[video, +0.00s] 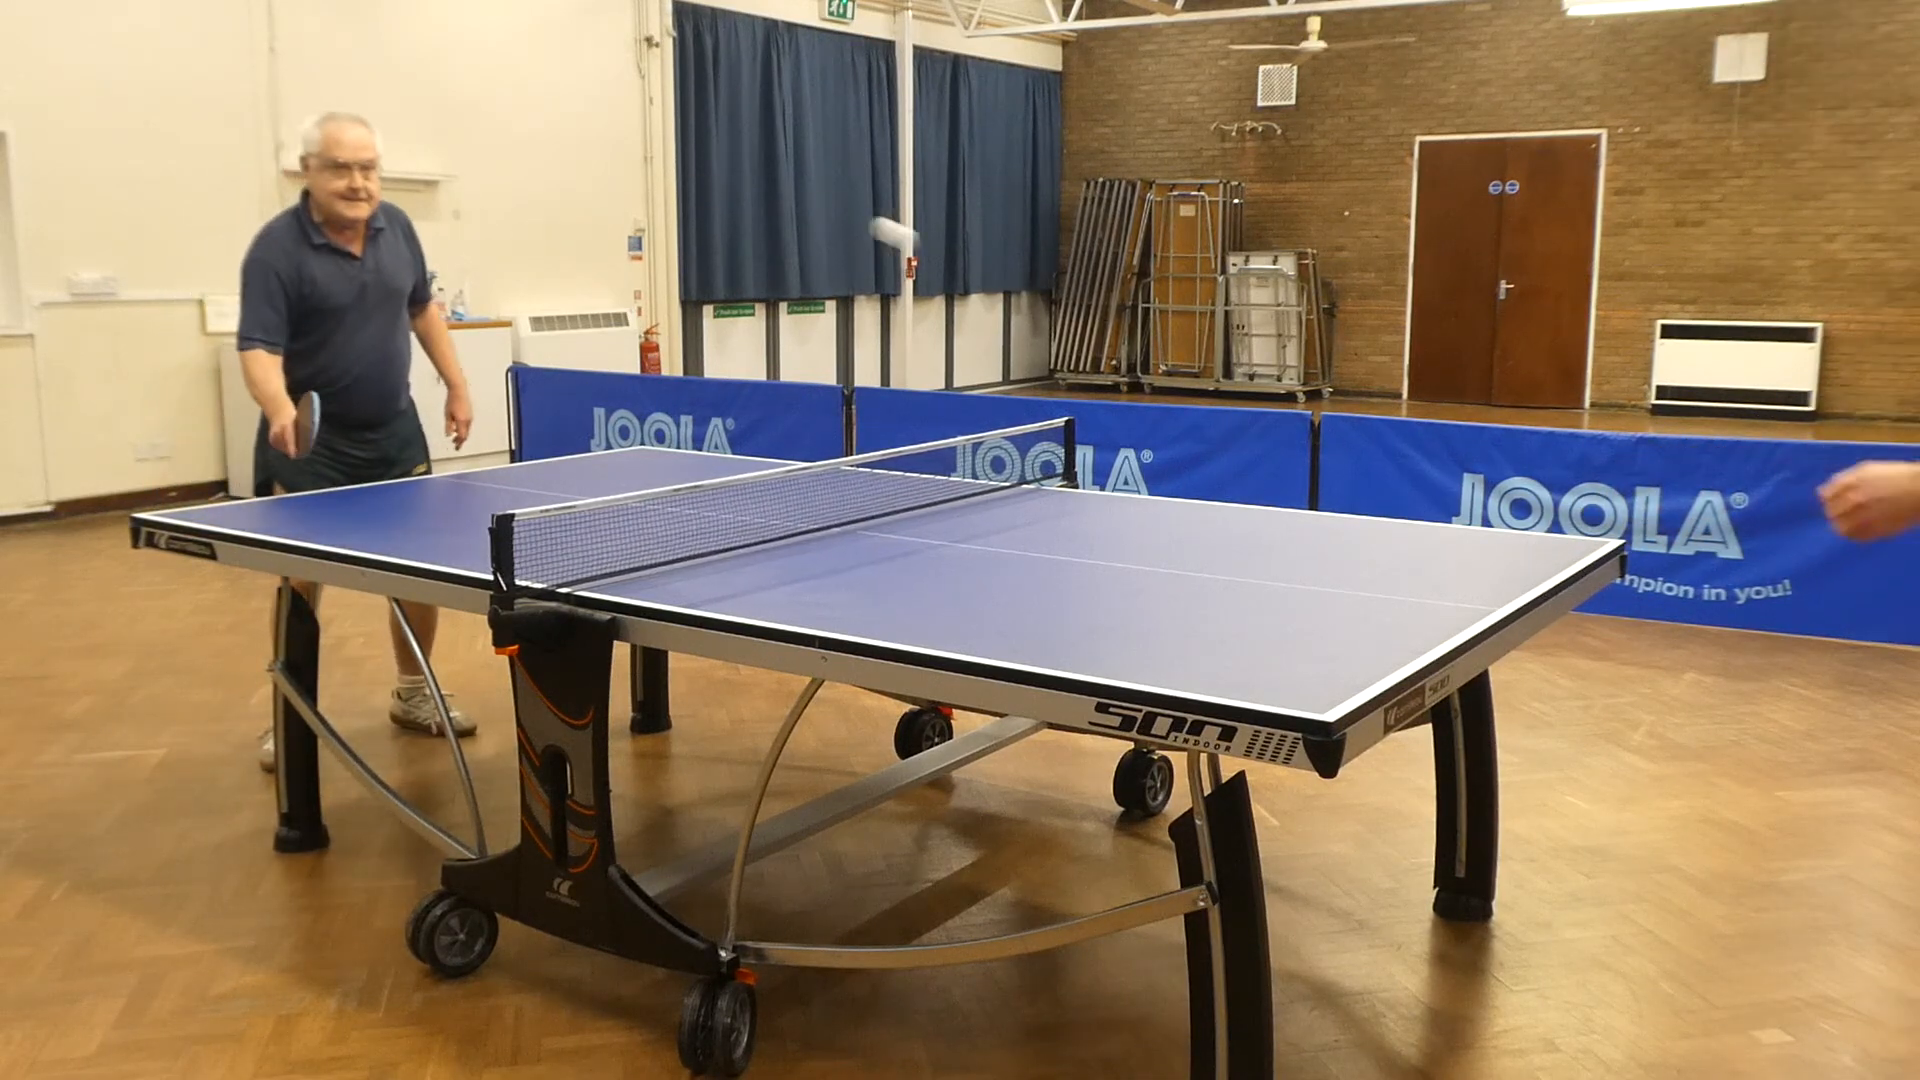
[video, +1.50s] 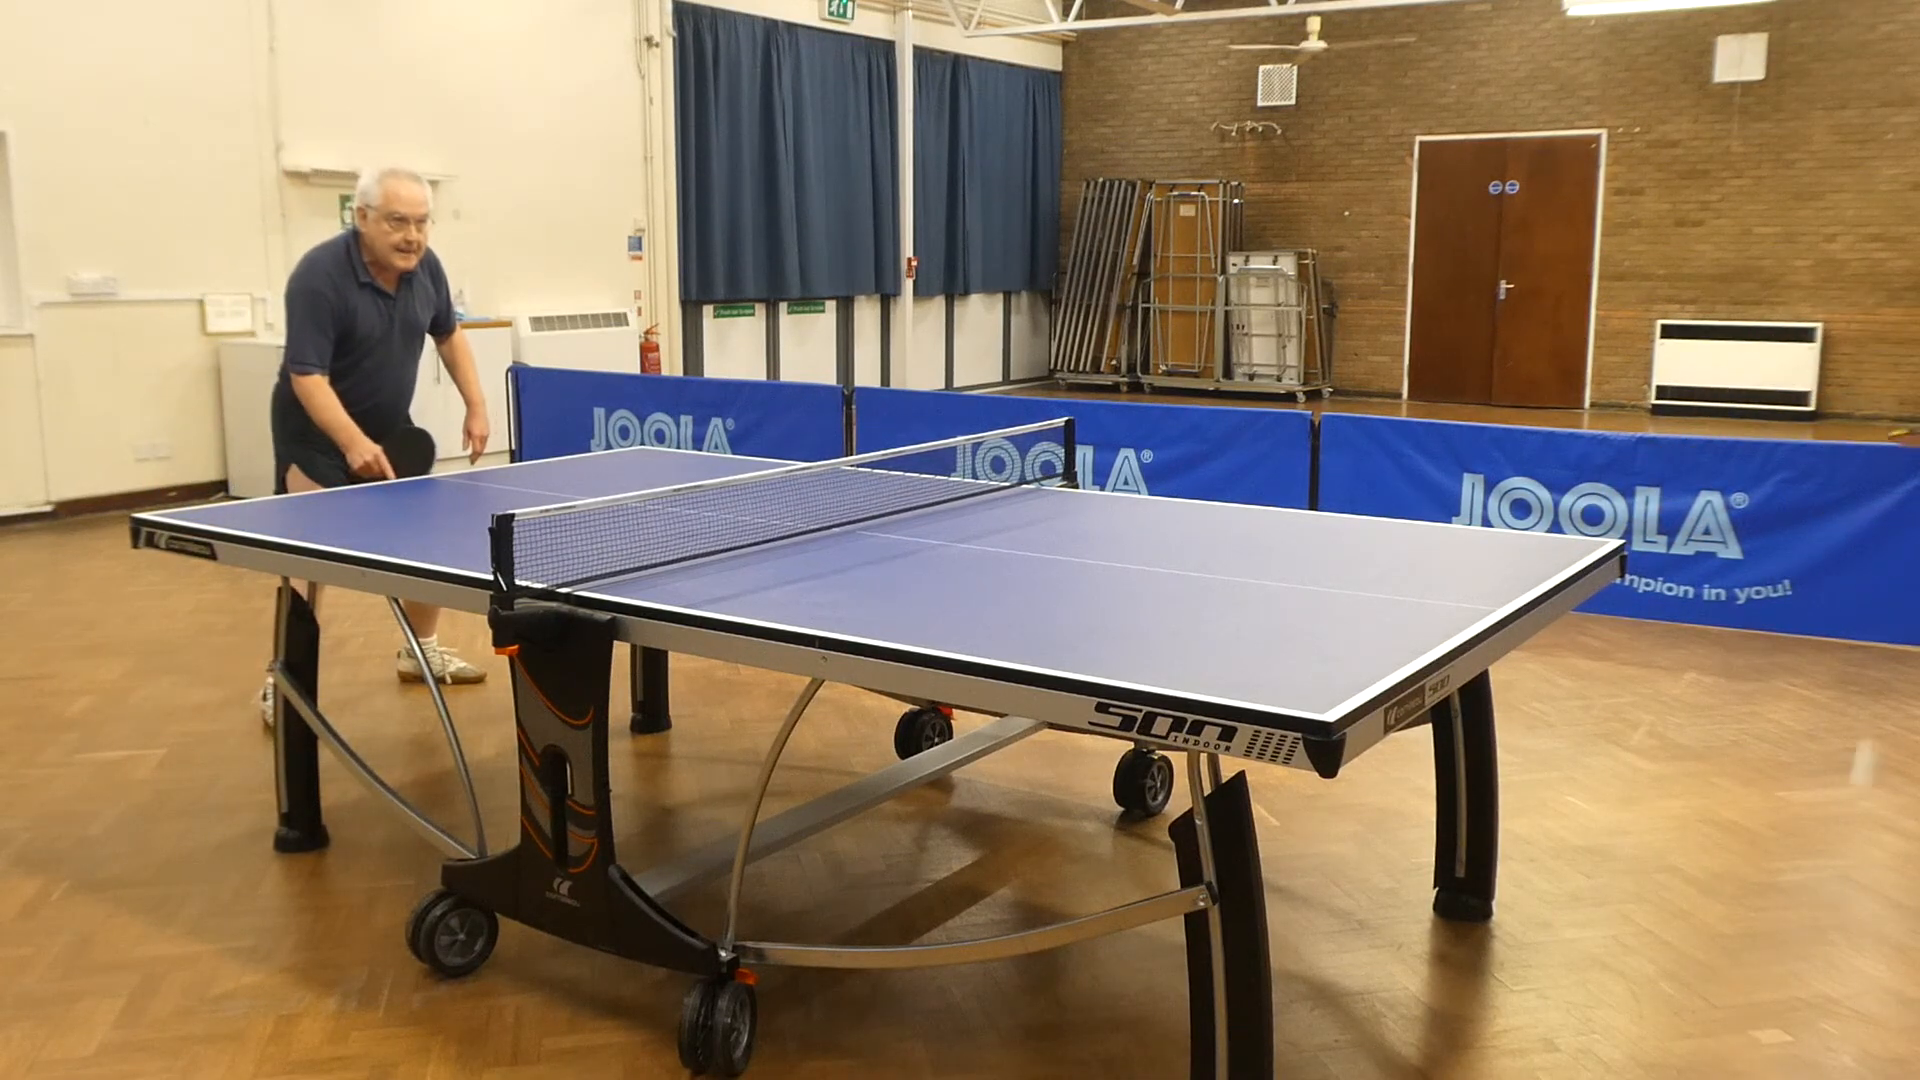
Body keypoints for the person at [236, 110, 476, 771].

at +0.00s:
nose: (358, 181)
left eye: (368, 167)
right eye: (341, 169)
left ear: (380, 168)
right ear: (306, 173)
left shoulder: (395, 228)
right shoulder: (276, 249)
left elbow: (422, 307)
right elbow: (258, 348)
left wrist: (455, 382)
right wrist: (279, 407)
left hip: (395, 433)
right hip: (309, 442)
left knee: (419, 565)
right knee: (301, 576)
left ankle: (414, 692)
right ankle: (288, 713)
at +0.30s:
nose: (389, 184)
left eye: (399, 170)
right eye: (373, 170)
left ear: (409, 174)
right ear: (337, 172)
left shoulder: (420, 232)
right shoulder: (300, 247)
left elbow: (446, 310)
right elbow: (284, 348)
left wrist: (482, 383)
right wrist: (313, 408)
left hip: (406, 430)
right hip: (321, 438)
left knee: (423, 557)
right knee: (312, 571)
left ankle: (415, 690)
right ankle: (295, 696)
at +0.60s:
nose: (368, 193)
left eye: (378, 180)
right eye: (353, 179)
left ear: (385, 182)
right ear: (314, 179)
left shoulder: (383, 236)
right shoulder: (278, 249)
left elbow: (400, 312)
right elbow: (271, 354)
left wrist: (439, 380)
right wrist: (328, 410)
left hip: (375, 428)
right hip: (298, 433)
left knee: (406, 554)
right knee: (301, 567)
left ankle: (415, 685)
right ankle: (290, 687)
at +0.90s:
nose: (365, 209)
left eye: (374, 196)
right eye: (350, 196)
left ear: (382, 195)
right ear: (313, 194)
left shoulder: (384, 248)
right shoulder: (272, 261)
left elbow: (406, 321)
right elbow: (256, 362)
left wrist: (439, 390)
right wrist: (300, 425)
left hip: (369, 424)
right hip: (294, 436)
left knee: (411, 529)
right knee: (304, 558)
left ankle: (426, 645)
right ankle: (291, 671)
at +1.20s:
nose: (398, 231)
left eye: (407, 218)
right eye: (383, 218)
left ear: (417, 217)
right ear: (348, 213)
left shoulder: (418, 262)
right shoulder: (309, 275)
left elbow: (448, 328)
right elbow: (287, 374)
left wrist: (479, 398)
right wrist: (318, 442)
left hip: (394, 428)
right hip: (321, 437)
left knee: (432, 530)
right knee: (318, 557)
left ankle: (420, 647)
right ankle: (286, 680)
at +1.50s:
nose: (413, 236)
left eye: (421, 223)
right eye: (397, 223)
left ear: (430, 222)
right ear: (362, 219)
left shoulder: (425, 268)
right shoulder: (320, 275)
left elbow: (449, 333)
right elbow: (305, 375)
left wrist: (475, 405)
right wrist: (353, 442)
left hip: (390, 426)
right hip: (317, 429)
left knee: (425, 533)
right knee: (309, 556)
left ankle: (421, 645)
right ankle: (285, 679)